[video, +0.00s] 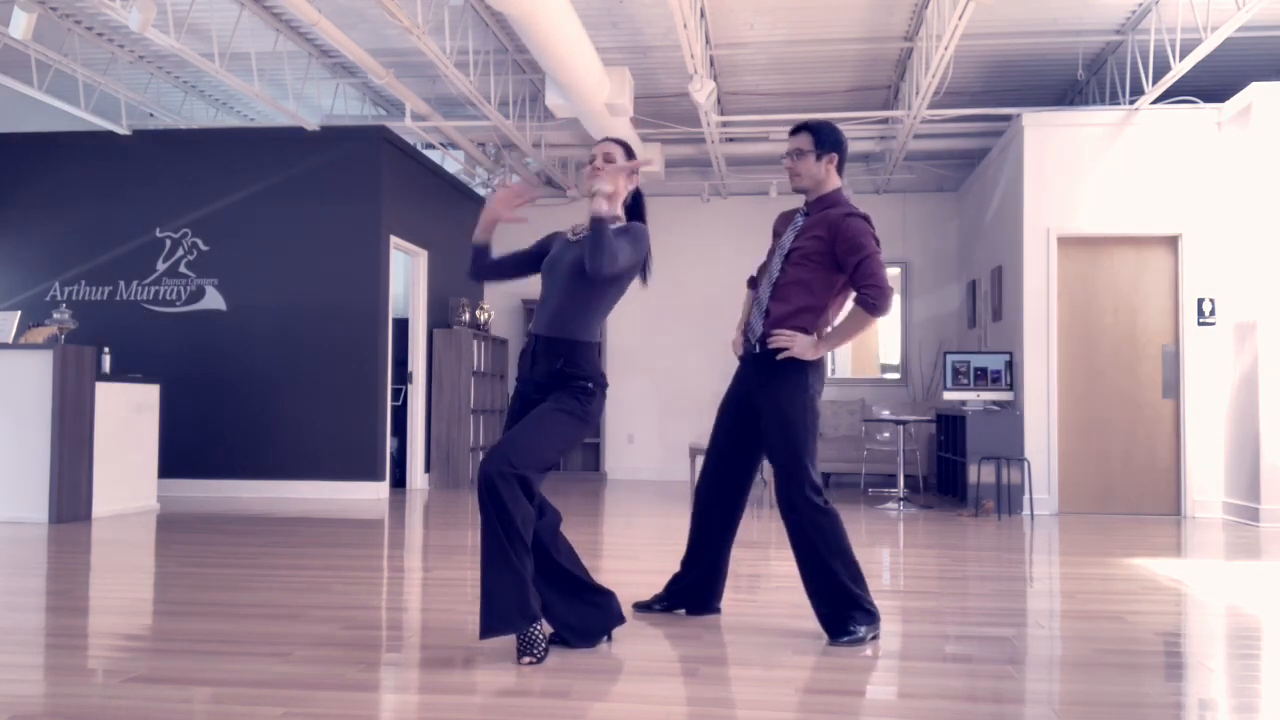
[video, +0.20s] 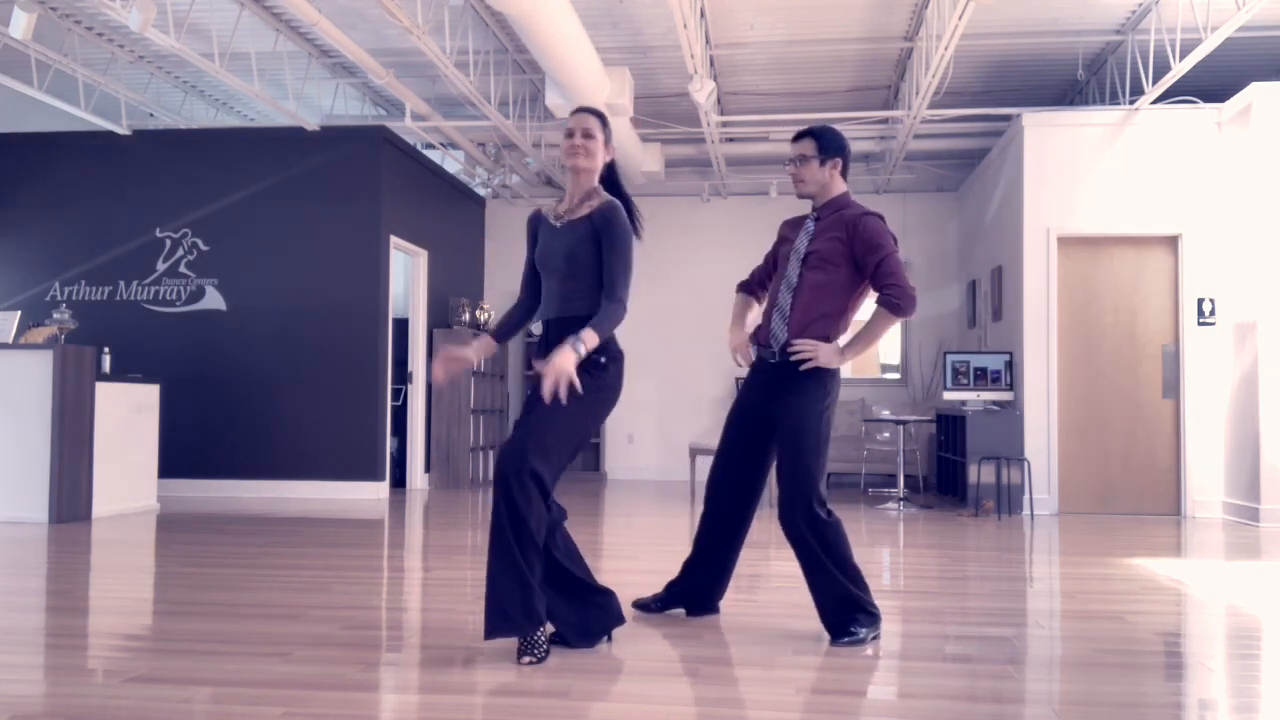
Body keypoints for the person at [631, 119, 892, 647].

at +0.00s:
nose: (787, 164)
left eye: (797, 156)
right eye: (787, 156)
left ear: (830, 162)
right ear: (800, 165)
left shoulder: (847, 221)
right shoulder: (791, 220)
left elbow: (876, 298)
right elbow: (761, 279)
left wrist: (821, 344)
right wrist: (744, 324)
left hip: (792, 368)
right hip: (753, 364)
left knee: (799, 493)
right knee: (719, 483)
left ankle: (854, 617)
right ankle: (695, 592)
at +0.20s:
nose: (791, 170)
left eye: (801, 161)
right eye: (791, 162)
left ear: (834, 165)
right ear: (811, 168)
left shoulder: (862, 224)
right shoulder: (794, 228)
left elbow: (899, 299)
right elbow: (752, 288)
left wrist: (844, 352)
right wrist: (739, 329)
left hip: (809, 372)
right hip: (763, 368)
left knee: (800, 504)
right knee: (729, 486)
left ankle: (856, 617)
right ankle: (696, 591)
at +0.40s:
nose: (793, 163)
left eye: (804, 154)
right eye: (792, 155)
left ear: (837, 159)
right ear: (807, 163)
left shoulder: (865, 218)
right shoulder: (791, 224)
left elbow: (906, 294)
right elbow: (740, 276)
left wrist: (848, 347)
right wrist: (690, 319)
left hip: (811, 370)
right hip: (764, 364)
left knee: (808, 493)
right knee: (706, 473)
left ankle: (857, 617)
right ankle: (699, 584)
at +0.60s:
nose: (797, 149)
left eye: (807, 141)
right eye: (789, 142)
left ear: (829, 152)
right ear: (780, 151)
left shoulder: (838, 208)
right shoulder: (765, 212)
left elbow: (885, 279)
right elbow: (700, 250)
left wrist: (831, 336)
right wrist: (630, 271)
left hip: (794, 363)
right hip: (745, 360)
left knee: (815, 490)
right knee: (694, 487)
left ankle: (856, 618)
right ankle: (688, 602)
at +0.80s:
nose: (785, 145)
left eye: (796, 137)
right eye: (776, 135)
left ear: (810, 148)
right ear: (762, 142)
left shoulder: (813, 206)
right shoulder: (730, 191)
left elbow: (859, 284)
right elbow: (656, 216)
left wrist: (794, 316)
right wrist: (587, 231)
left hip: (762, 356)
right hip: (709, 351)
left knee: (783, 473)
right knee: (684, 480)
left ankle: (833, 592)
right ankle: (691, 604)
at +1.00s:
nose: (772, 162)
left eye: (783, 154)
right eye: (763, 152)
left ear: (798, 161)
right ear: (749, 157)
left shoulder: (808, 227)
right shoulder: (720, 206)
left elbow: (844, 309)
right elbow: (651, 226)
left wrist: (781, 351)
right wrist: (595, 211)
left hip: (740, 365)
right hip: (689, 353)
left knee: (718, 477)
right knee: (667, 479)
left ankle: (724, 580)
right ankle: (682, 599)